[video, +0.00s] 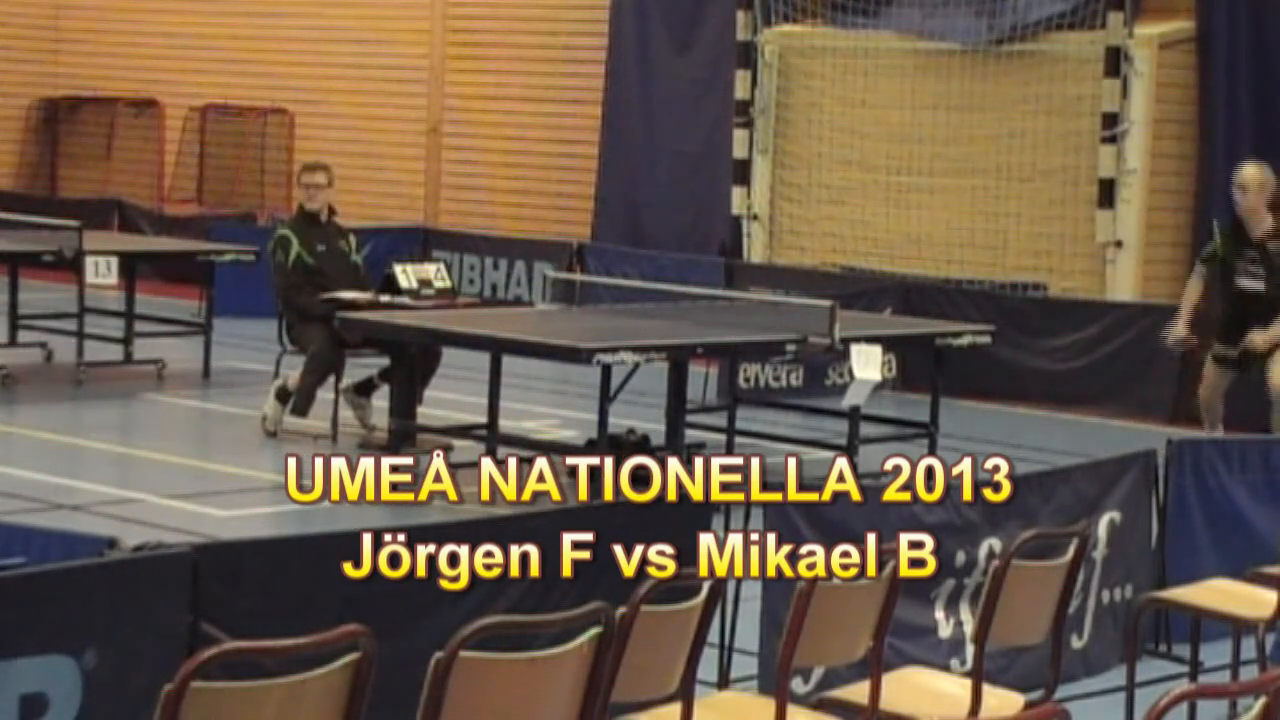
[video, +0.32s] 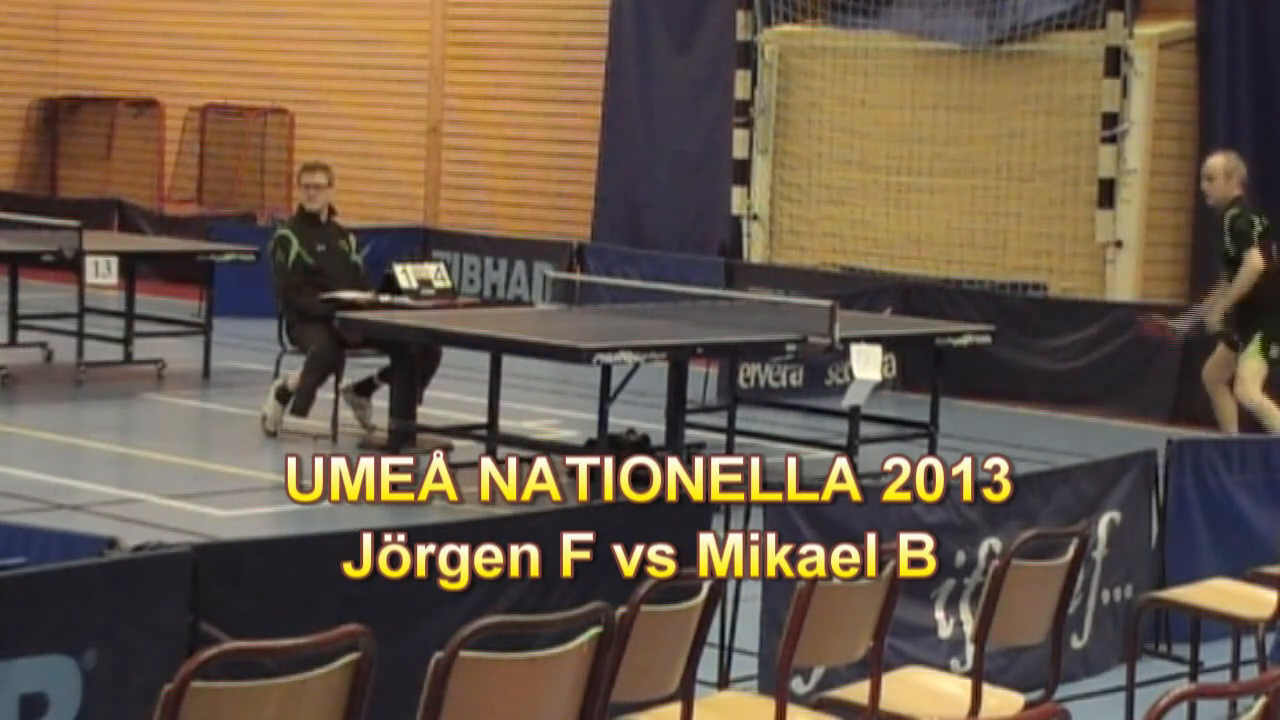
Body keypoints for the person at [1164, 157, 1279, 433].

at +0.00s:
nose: (1243, 197)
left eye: (1250, 189)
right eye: (1239, 189)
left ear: (1268, 192)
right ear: (1232, 192)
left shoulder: (1274, 239)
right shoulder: (1227, 235)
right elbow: (1200, 274)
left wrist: (1271, 332)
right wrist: (1182, 319)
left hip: (1270, 328)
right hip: (1233, 326)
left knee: (1276, 385)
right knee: (1209, 393)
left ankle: (1276, 448)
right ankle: (1215, 446)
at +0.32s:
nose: (1204, 186)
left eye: (1211, 179)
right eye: (1203, 179)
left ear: (1235, 183)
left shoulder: (1240, 216)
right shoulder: (1230, 218)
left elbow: (1254, 263)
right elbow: (1227, 282)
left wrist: (1222, 306)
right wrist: (1193, 317)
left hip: (1265, 317)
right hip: (1245, 316)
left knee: (1247, 390)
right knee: (1213, 375)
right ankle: (1232, 448)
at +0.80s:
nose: (1210, 161)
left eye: (1219, 155)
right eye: (1210, 154)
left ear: (1243, 164)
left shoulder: (1246, 201)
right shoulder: (1233, 200)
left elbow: (1267, 251)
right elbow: (1261, 250)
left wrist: (1222, 289)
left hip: (1247, 310)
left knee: (1204, 384)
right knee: (1257, 395)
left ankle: (1232, 454)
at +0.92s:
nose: (1195, 161)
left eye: (1203, 155)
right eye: (1196, 154)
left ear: (1227, 164)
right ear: (1225, 166)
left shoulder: (1229, 202)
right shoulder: (1231, 199)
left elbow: (1246, 255)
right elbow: (1247, 255)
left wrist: (1203, 290)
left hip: (1234, 310)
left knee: (1187, 382)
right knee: (1258, 396)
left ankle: (1196, 464)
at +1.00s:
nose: (1182, 163)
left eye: (1190, 156)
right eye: (1183, 156)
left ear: (1213, 165)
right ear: (1210, 166)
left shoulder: (1219, 201)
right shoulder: (1209, 200)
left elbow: (1232, 259)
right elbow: (1221, 257)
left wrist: (1187, 290)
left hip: (1219, 313)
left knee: (1176, 385)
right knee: (1254, 398)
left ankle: (1174, 468)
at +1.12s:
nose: (1160, 164)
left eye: (1168, 158)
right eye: (1161, 157)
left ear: (1190, 162)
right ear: (1177, 162)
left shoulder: (1198, 202)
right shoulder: (1177, 201)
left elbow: (1213, 259)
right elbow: (1182, 259)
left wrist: (1162, 285)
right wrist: (1161, 297)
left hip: (1206, 317)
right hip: (1177, 316)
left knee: (1217, 397)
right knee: (1154, 390)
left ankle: (1269, 449)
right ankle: (1161, 469)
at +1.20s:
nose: (1149, 160)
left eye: (1156, 153)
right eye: (1149, 153)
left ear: (1177, 158)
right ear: (1160, 156)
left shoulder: (1190, 200)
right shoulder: (1157, 199)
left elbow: (1205, 254)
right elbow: (1161, 257)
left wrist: (1150, 281)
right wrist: (1137, 291)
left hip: (1190, 311)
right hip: (1157, 310)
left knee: (1186, 396)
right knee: (1146, 389)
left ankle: (1245, 452)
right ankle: (1160, 469)